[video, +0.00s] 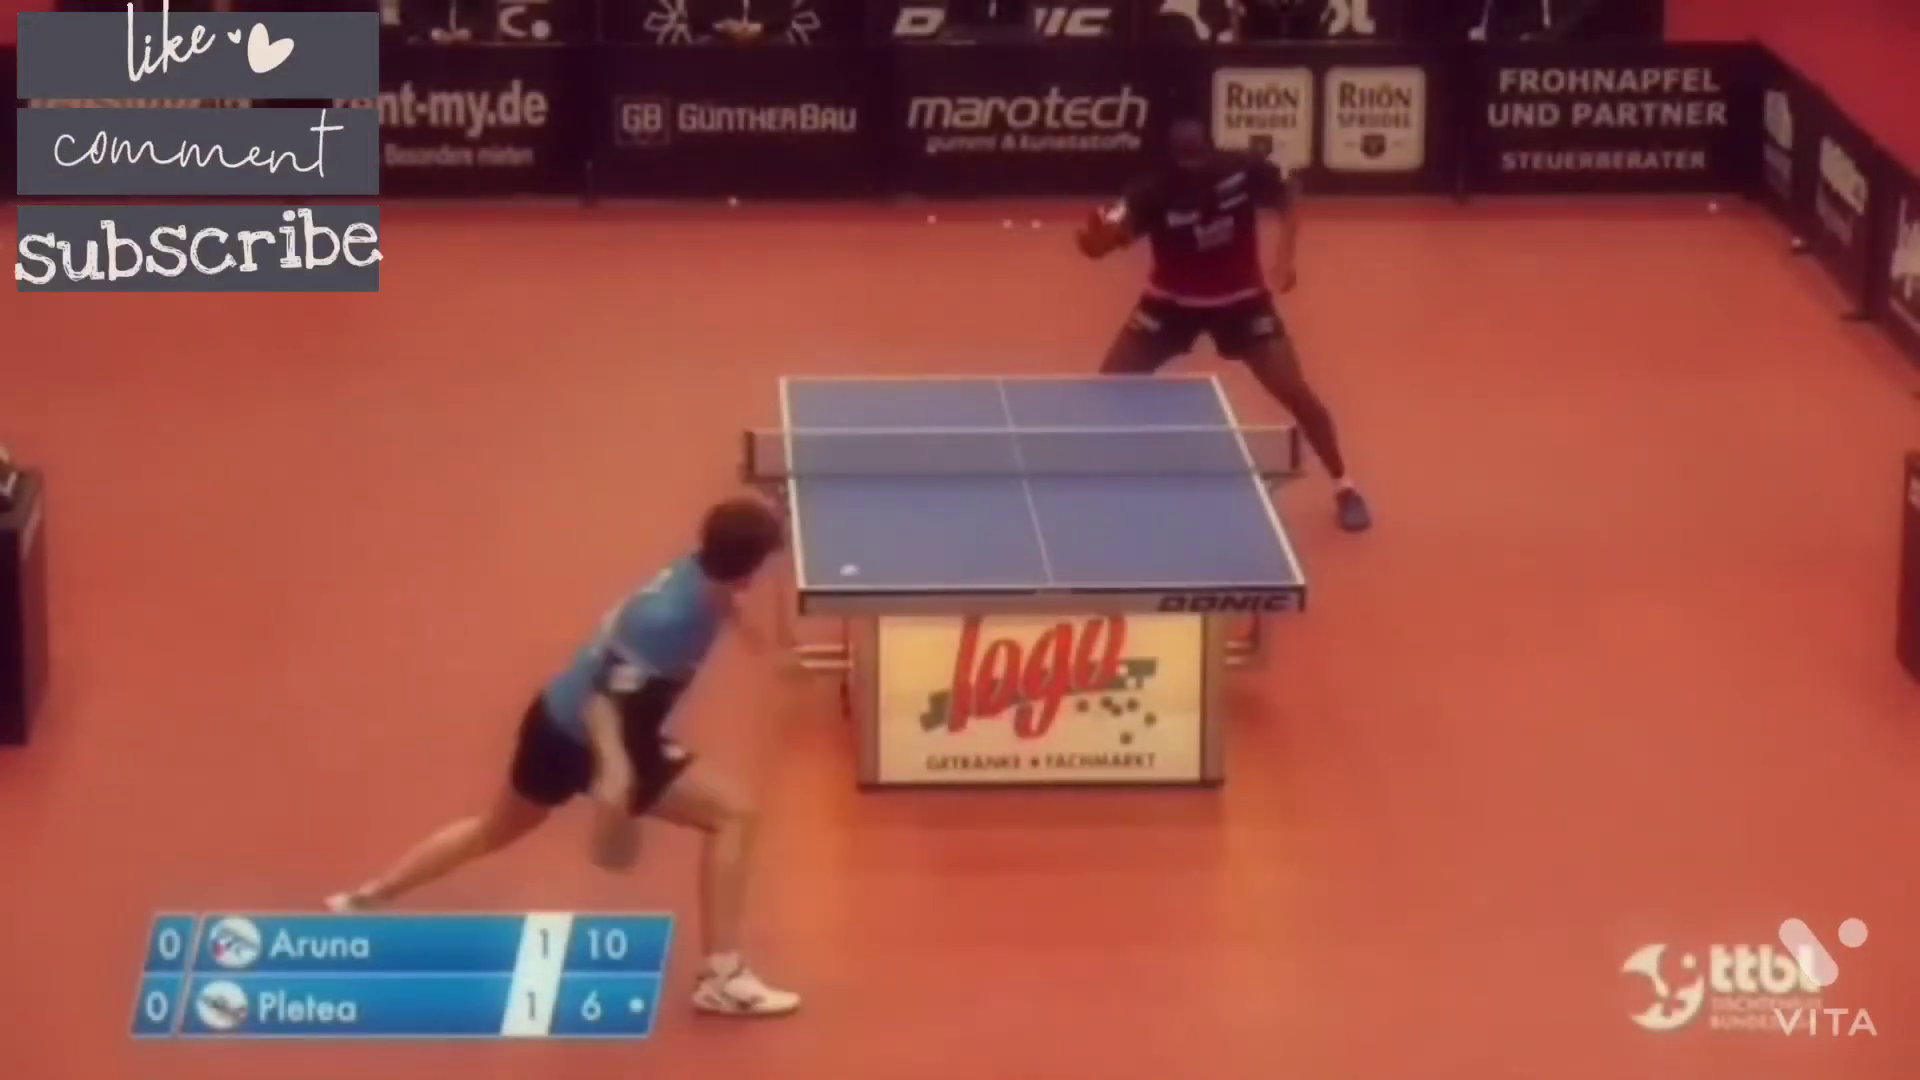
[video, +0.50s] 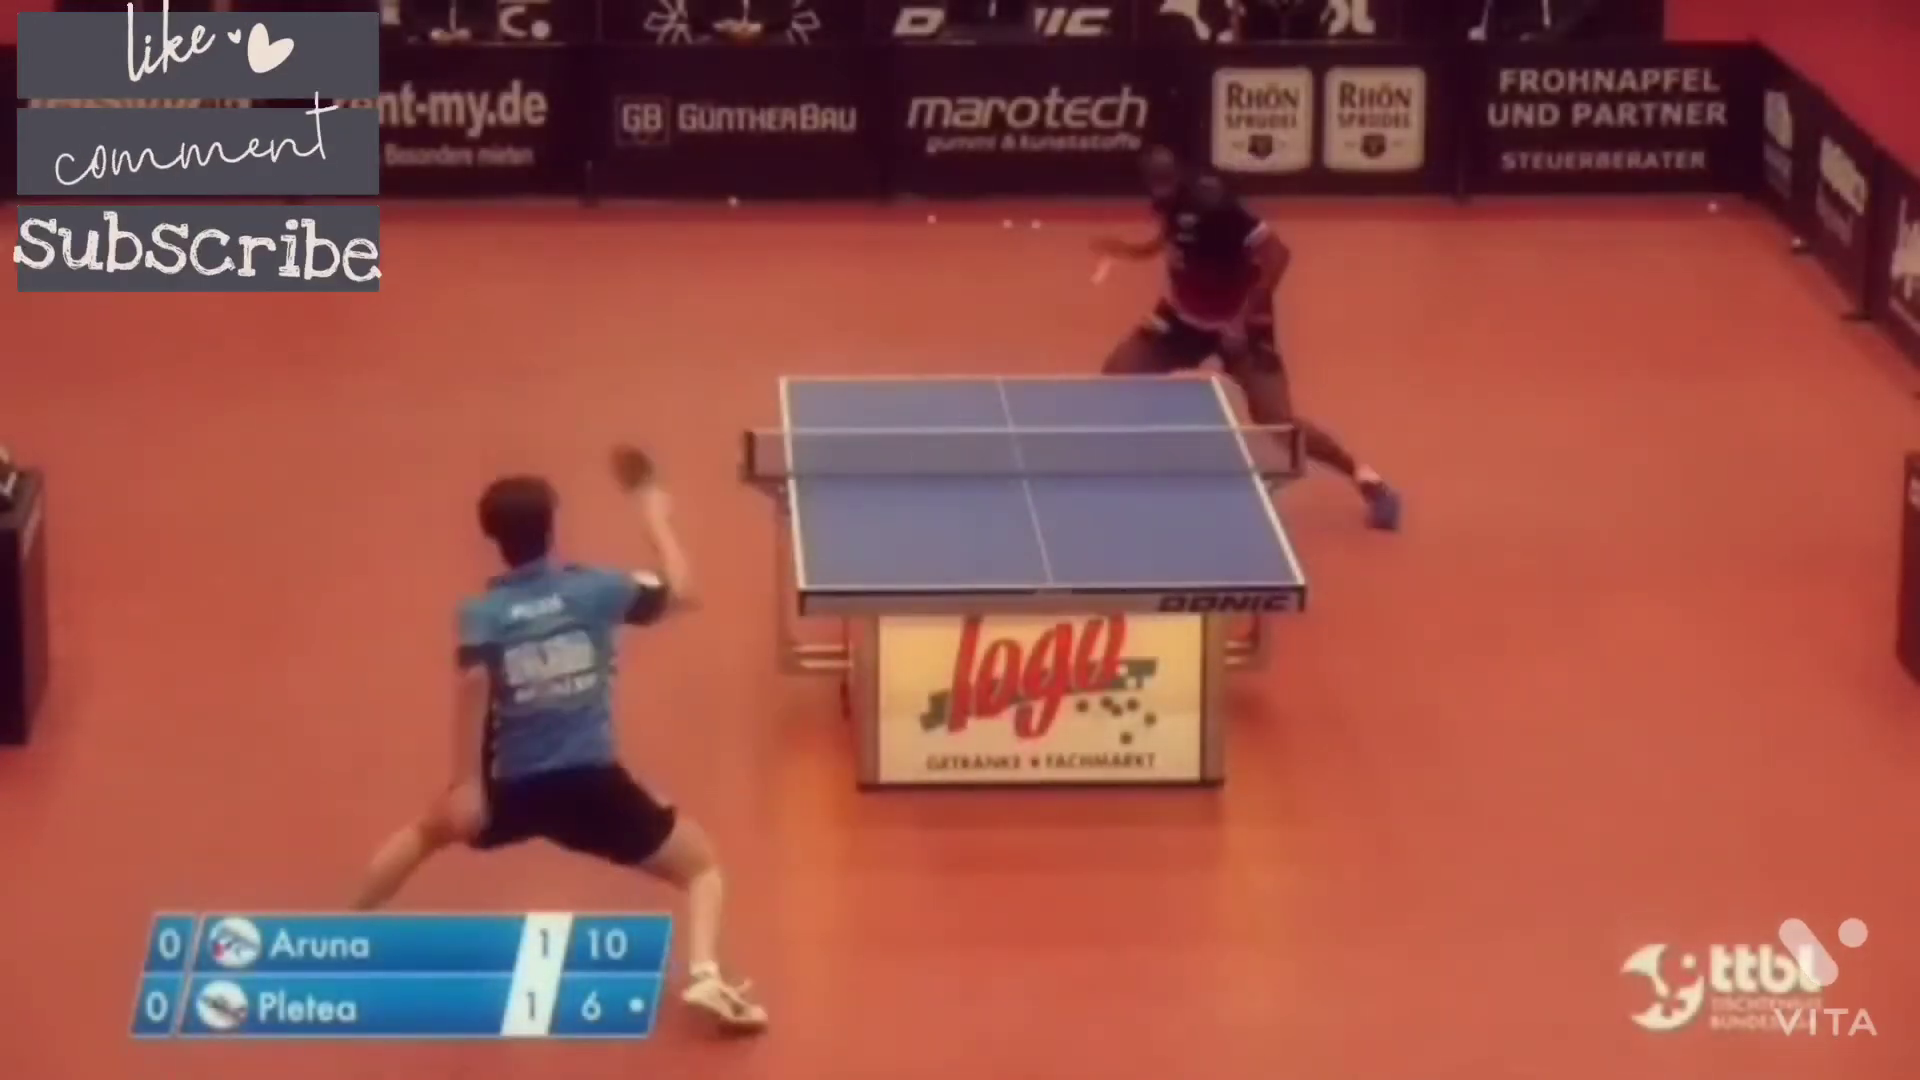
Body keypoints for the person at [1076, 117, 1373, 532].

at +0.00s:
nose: (1191, 160)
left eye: (1197, 150)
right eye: (1183, 152)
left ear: (1210, 145)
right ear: (1169, 152)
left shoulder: (1244, 173)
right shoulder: (1157, 188)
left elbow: (1286, 197)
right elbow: (1113, 235)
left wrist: (1285, 259)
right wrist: (1096, 235)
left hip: (1241, 303)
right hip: (1170, 305)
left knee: (1294, 392)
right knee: (1108, 389)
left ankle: (1343, 486)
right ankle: (1100, 496)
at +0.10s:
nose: (1174, 149)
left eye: (1181, 139)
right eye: (1166, 140)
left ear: (1197, 133)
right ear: (1152, 139)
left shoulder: (1235, 164)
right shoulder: (1142, 175)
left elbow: (1276, 202)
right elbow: (1103, 240)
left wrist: (1261, 257)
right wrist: (1090, 243)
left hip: (1229, 295)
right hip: (1159, 296)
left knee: (1283, 389)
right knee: (1094, 384)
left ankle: (1337, 484)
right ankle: (1080, 490)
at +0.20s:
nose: (1145, 147)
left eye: (1155, 138)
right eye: (1139, 138)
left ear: (1178, 135)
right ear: (1130, 138)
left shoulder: (1216, 169)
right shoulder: (1126, 179)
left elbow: (1266, 207)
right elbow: (1105, 250)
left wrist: (1240, 262)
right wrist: (1091, 263)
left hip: (1219, 294)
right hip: (1150, 293)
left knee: (1266, 390)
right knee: (1083, 379)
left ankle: (1314, 480)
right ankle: (1069, 485)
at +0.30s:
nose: (1135, 161)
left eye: (1143, 151)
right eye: (1127, 153)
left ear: (1159, 147)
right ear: (1119, 157)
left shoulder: (1200, 185)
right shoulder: (1116, 201)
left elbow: (1256, 229)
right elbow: (1109, 256)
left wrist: (1231, 286)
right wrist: (1099, 287)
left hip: (1213, 310)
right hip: (1144, 309)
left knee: (1261, 405)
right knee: (1083, 384)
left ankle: (1319, 486)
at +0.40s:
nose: (1135, 192)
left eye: (1141, 182)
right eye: (1127, 184)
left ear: (1157, 177)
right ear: (1118, 183)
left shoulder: (1196, 207)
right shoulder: (1128, 212)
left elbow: (1258, 252)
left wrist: (1235, 315)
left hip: (1220, 321)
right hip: (1163, 320)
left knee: (1263, 413)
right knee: (1099, 383)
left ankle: (1328, 478)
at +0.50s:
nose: (1160, 189)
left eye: (1165, 180)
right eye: (1154, 182)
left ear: (1181, 175)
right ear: (1149, 182)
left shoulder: (1217, 204)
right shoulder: (1167, 205)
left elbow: (1276, 256)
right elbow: (1164, 242)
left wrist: (1246, 316)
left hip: (1242, 329)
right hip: (1183, 323)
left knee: (1278, 425)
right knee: (1115, 375)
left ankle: (1363, 479)